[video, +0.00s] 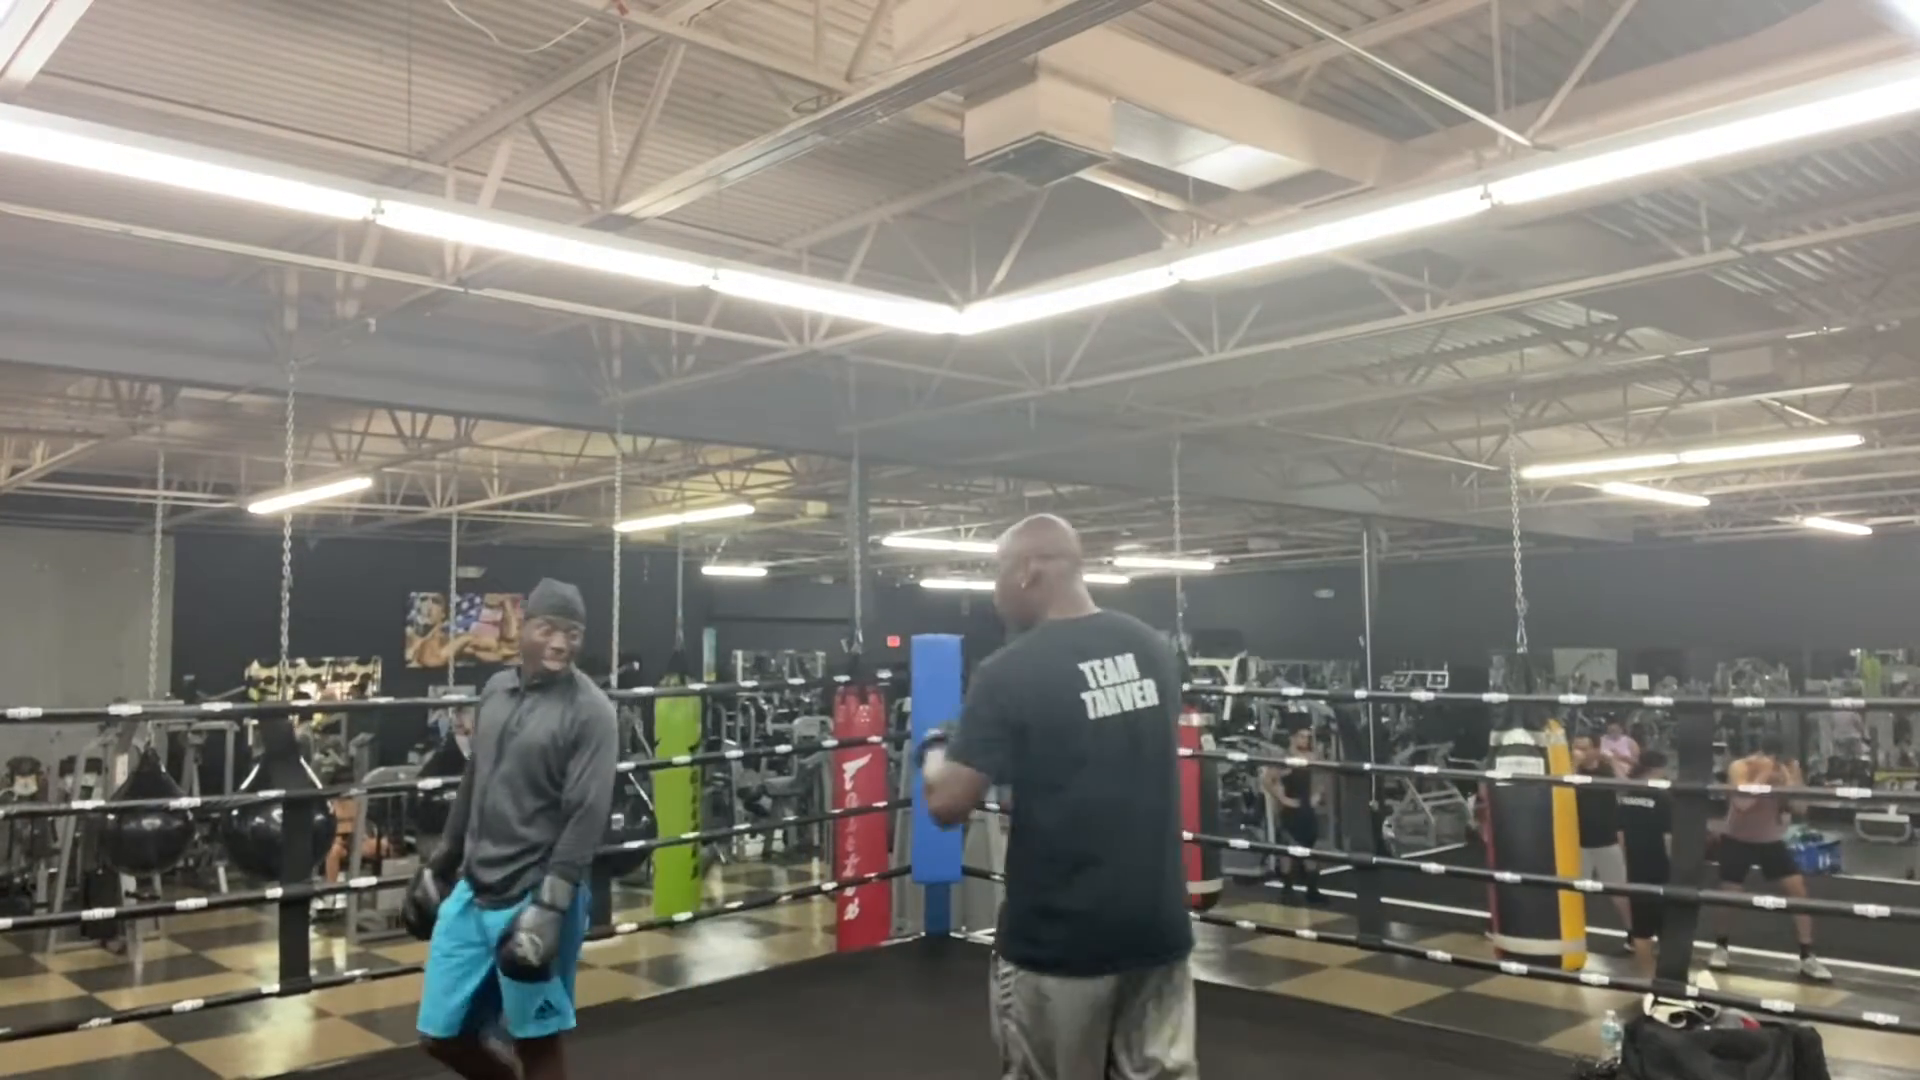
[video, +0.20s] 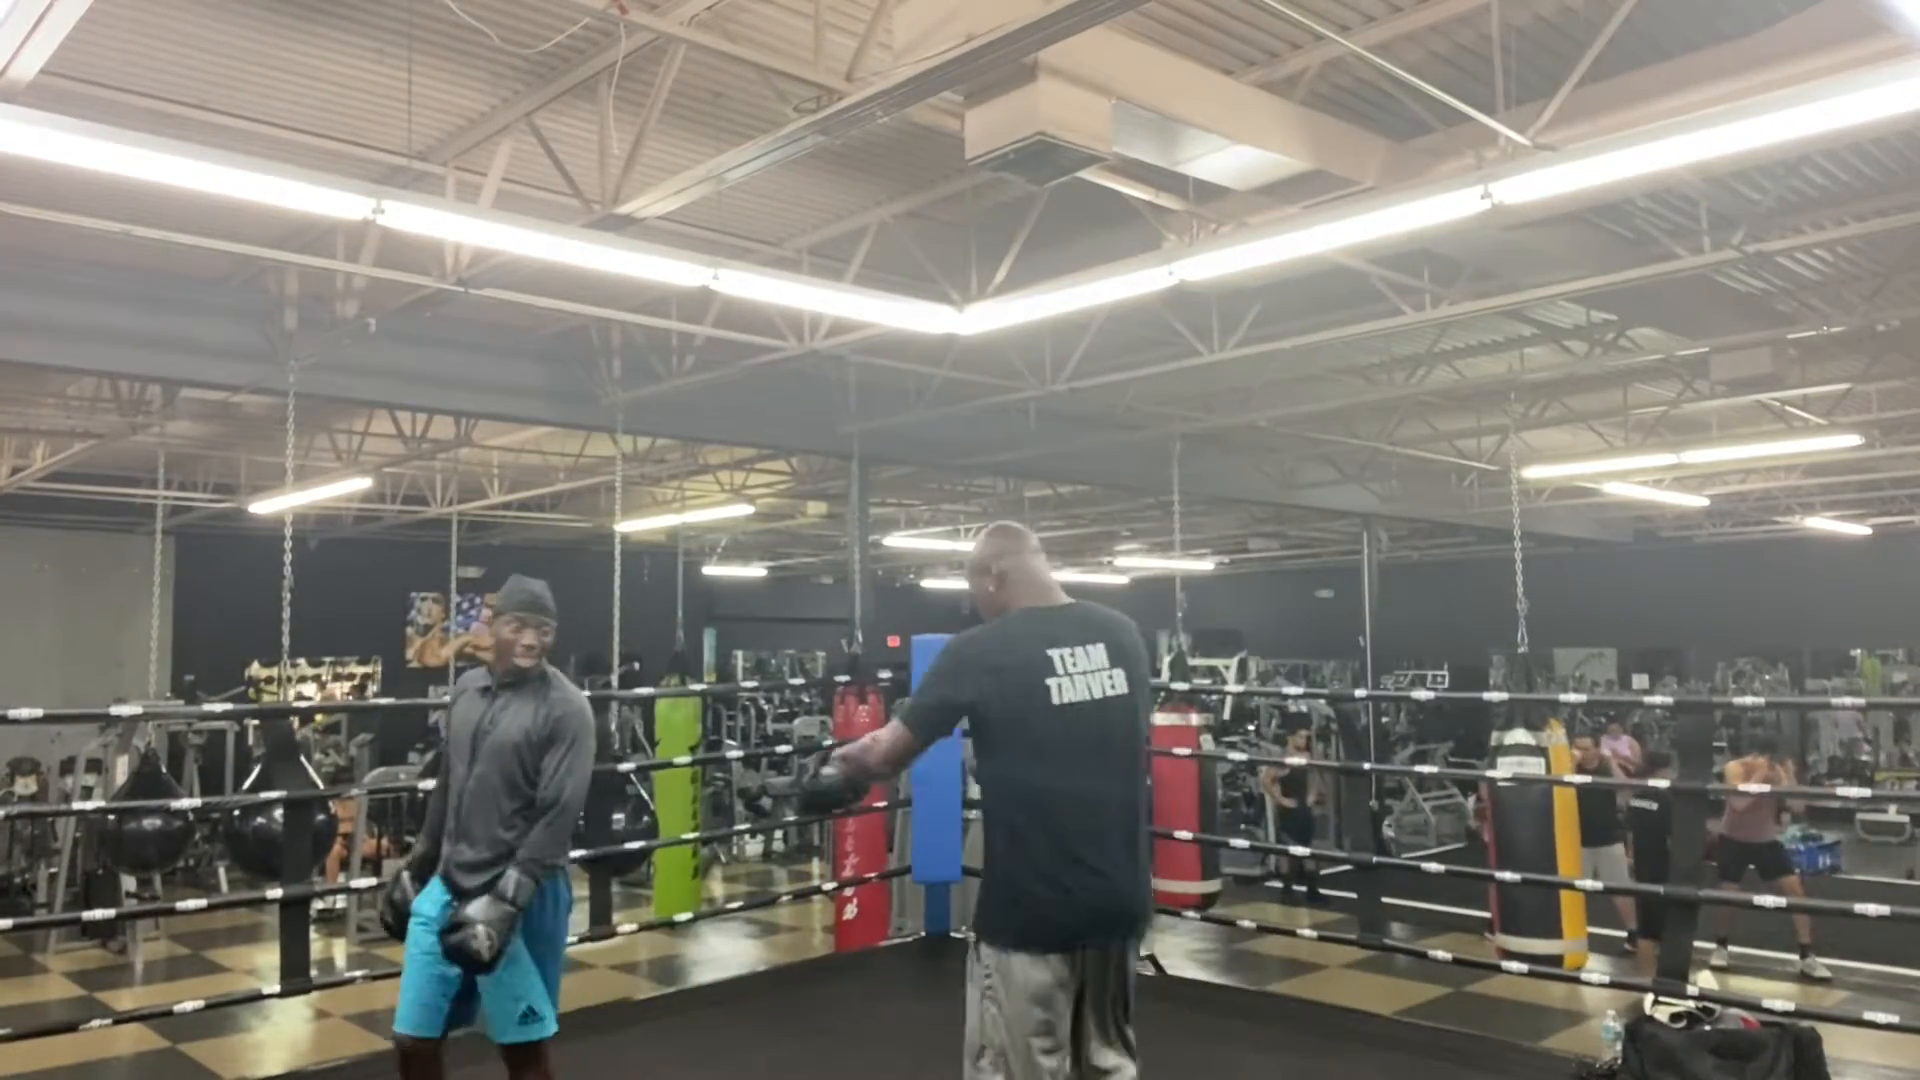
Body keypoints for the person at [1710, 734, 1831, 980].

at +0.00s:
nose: (1770, 762)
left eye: (1775, 757)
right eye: (1765, 756)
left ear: (1781, 755)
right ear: (1756, 752)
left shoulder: (1788, 769)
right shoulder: (1740, 768)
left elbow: (1800, 807)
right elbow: (1742, 804)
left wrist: (1786, 784)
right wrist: (1762, 778)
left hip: (1772, 843)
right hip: (1738, 842)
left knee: (1799, 893)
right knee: (1729, 896)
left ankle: (1807, 956)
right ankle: (1721, 947)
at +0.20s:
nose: (1762, 761)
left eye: (1767, 757)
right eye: (1757, 755)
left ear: (1774, 756)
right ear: (1748, 752)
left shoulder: (1780, 771)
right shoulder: (1734, 768)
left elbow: (1798, 806)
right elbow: (1738, 803)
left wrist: (1784, 780)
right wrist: (1759, 777)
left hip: (1767, 843)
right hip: (1733, 842)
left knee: (1796, 894)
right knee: (1728, 896)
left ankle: (1806, 956)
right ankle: (1721, 947)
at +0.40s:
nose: (1760, 758)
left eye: (1765, 753)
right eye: (1755, 752)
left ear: (1772, 752)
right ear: (1745, 750)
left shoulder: (1780, 767)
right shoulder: (1732, 770)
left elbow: (1799, 805)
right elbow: (1735, 805)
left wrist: (1780, 778)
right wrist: (1756, 778)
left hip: (1771, 846)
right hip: (1738, 845)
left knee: (1803, 891)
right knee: (1728, 898)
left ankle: (1809, 954)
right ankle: (1720, 947)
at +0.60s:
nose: (1780, 767)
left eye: (1785, 761)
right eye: (1774, 762)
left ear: (1790, 759)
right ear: (1764, 759)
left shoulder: (1798, 772)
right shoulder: (1751, 776)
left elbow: (1818, 811)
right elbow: (1743, 811)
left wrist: (1797, 786)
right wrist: (1772, 787)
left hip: (1796, 854)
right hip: (1758, 853)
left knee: (1833, 901)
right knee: (1739, 901)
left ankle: (1866, 963)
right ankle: (1721, 946)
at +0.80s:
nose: (1845, 780)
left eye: (1848, 776)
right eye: (1845, 774)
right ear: (1833, 765)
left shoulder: (1823, 786)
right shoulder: (1808, 778)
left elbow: (1840, 819)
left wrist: (1849, 788)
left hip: (1814, 862)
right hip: (1785, 862)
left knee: (1856, 900)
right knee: (1782, 919)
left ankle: (1873, 967)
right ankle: (1732, 939)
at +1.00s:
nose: (1871, 783)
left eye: (1871, 779)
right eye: (1869, 779)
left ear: (1841, 769)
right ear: (1861, 775)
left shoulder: (1811, 783)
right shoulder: (1850, 785)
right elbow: (1883, 792)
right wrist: (1913, 788)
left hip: (1817, 862)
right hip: (1799, 863)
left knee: (1860, 902)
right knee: (1822, 927)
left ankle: (1872, 966)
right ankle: (1768, 947)